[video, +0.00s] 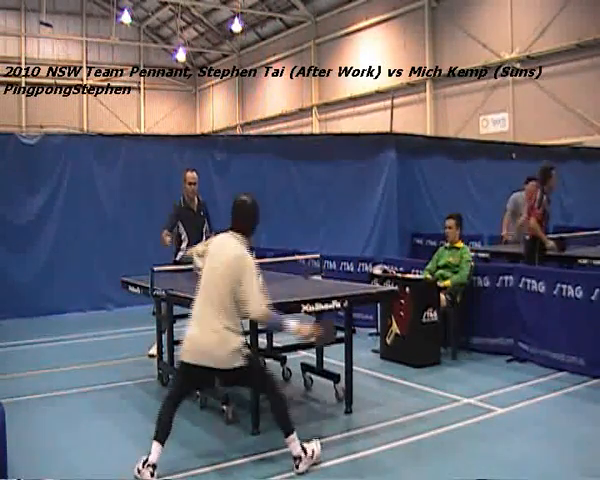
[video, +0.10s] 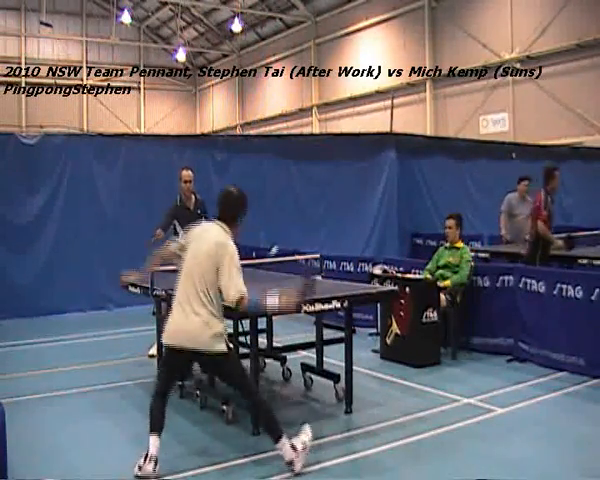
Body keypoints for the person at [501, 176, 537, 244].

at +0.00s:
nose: (533, 189)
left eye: (535, 186)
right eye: (531, 185)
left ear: (538, 188)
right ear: (525, 186)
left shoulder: (540, 199)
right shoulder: (516, 197)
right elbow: (508, 214)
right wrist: (505, 231)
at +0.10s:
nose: (526, 188)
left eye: (527, 186)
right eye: (524, 185)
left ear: (528, 187)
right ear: (518, 186)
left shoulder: (529, 201)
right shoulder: (510, 198)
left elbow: (530, 217)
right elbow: (503, 214)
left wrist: (528, 233)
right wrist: (503, 232)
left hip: (523, 236)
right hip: (510, 235)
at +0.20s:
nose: (520, 187)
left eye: (522, 184)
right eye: (518, 184)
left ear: (524, 186)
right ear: (513, 185)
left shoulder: (527, 199)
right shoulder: (506, 198)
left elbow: (529, 216)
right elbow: (499, 214)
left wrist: (529, 231)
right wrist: (498, 231)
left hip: (522, 234)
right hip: (508, 234)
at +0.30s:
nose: (516, 186)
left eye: (519, 184)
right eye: (515, 183)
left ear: (522, 186)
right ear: (511, 184)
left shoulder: (526, 199)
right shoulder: (505, 198)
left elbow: (529, 215)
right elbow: (498, 214)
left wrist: (528, 230)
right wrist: (493, 232)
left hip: (521, 233)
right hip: (507, 233)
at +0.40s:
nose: (517, 187)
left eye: (519, 184)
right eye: (516, 184)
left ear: (523, 187)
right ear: (512, 185)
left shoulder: (527, 200)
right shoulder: (505, 198)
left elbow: (529, 215)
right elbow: (498, 215)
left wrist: (528, 231)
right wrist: (490, 231)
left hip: (522, 234)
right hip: (508, 233)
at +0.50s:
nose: (521, 189)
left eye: (524, 186)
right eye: (520, 185)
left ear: (526, 189)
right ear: (515, 186)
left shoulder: (528, 201)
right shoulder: (506, 198)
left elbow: (530, 216)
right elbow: (498, 215)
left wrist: (528, 231)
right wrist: (490, 230)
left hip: (522, 234)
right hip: (509, 233)